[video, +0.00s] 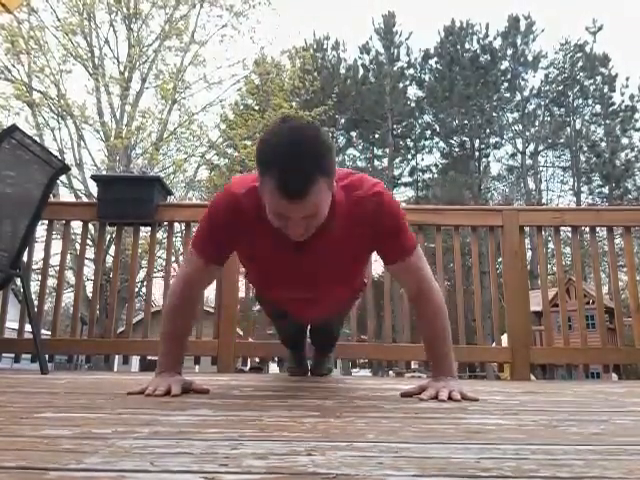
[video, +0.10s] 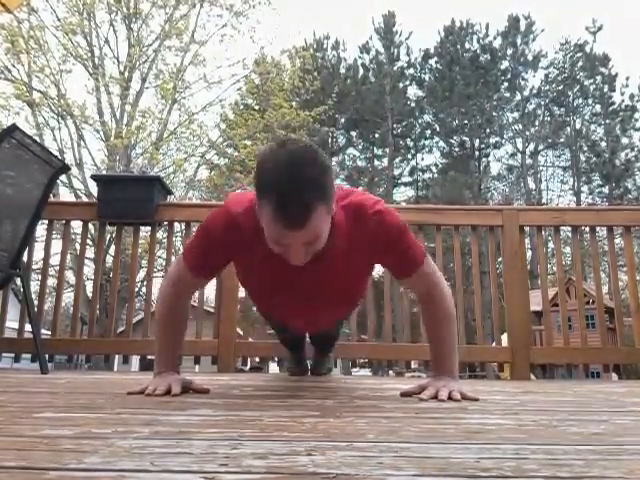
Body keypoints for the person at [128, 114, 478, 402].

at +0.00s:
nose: (296, 229)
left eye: (309, 216)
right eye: (281, 216)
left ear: (332, 185)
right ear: (262, 190)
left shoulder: (372, 204)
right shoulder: (233, 207)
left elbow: (424, 289)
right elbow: (189, 282)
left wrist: (443, 375)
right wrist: (169, 370)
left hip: (337, 301)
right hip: (277, 301)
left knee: (326, 337)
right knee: (291, 336)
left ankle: (321, 358)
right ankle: (296, 358)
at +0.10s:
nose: (296, 256)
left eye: (310, 241)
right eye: (280, 242)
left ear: (332, 206)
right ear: (258, 212)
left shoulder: (371, 219)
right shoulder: (233, 222)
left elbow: (433, 288)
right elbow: (176, 286)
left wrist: (445, 375)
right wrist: (167, 370)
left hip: (335, 313)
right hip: (278, 314)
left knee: (325, 340)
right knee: (290, 341)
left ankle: (321, 358)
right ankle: (294, 359)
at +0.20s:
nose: (296, 338)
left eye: (308, 326)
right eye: (280, 329)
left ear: (331, 286)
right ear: (255, 290)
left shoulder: (368, 268)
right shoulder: (229, 269)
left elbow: (447, 292)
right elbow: (160, 292)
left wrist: (446, 375)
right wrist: (165, 370)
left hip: (336, 349)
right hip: (269, 349)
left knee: (322, 361)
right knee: (283, 359)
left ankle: (318, 365)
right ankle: (295, 362)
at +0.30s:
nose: (295, 382)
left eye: (309, 372)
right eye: (277, 375)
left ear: (332, 324)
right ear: (250, 325)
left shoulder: (368, 291)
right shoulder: (230, 289)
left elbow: (448, 291)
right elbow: (160, 288)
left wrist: (446, 374)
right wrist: (164, 369)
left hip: (337, 362)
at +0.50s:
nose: (295, 336)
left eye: (308, 324)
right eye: (280, 328)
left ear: (332, 283)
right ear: (255, 289)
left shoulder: (373, 270)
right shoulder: (226, 268)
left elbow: (450, 291)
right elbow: (160, 289)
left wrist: (447, 376)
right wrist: (164, 370)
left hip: (338, 341)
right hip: (271, 344)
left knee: (325, 361)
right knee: (286, 362)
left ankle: (325, 362)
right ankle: (293, 360)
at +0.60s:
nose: (296, 294)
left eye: (309, 284)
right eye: (282, 286)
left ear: (332, 251)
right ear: (259, 255)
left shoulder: (375, 249)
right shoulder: (230, 250)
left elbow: (445, 291)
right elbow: (164, 289)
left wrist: (447, 375)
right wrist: (165, 370)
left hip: (338, 316)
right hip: (277, 320)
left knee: (326, 341)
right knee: (292, 343)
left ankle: (322, 353)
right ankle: (296, 354)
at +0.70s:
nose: (294, 243)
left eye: (307, 231)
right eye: (280, 231)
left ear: (331, 200)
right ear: (261, 206)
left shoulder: (374, 216)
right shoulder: (233, 218)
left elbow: (428, 287)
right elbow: (179, 287)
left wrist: (445, 376)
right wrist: (167, 372)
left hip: (335, 304)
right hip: (278, 305)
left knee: (325, 337)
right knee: (292, 338)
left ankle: (322, 359)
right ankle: (294, 358)